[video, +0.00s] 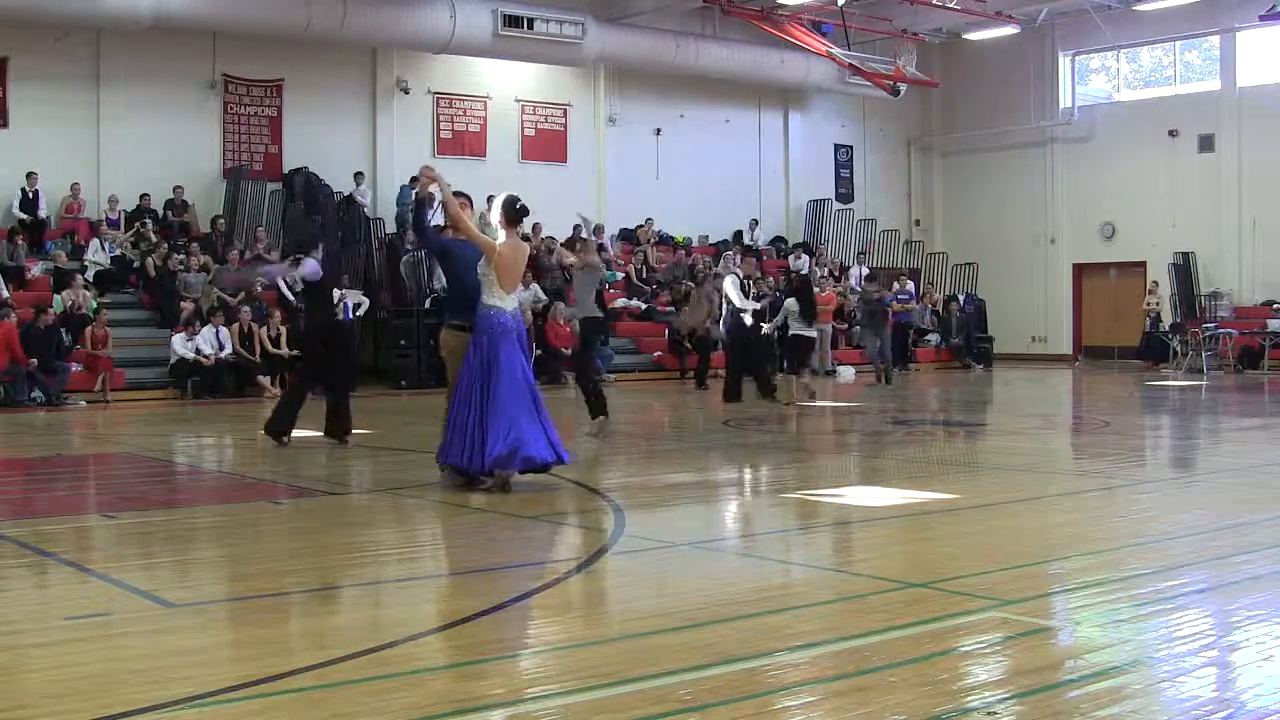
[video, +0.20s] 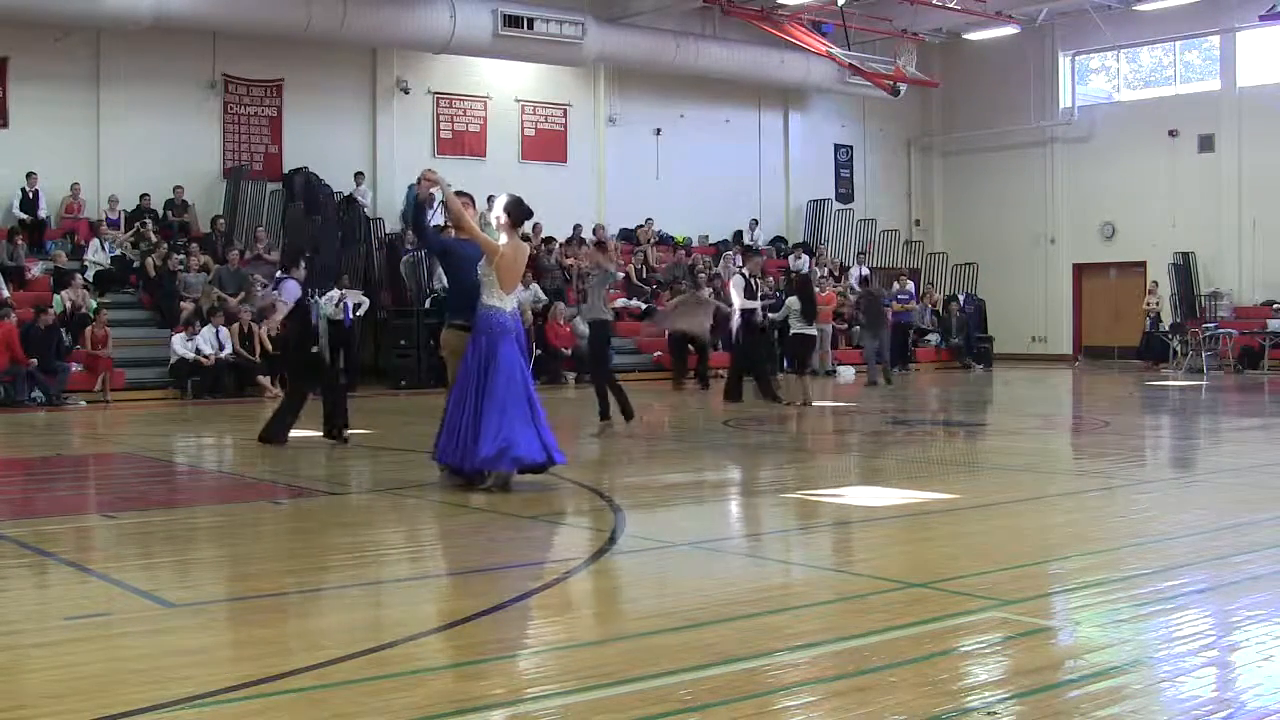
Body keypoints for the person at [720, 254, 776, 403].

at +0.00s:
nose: (753, 266)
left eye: (754, 262)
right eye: (750, 262)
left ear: (754, 264)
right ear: (741, 262)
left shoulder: (748, 282)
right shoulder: (731, 280)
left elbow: (749, 303)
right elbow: (740, 303)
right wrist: (758, 305)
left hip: (747, 324)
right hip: (733, 324)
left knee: (756, 358)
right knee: (735, 362)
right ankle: (732, 396)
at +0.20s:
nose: (760, 266)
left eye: (760, 263)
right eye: (757, 262)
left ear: (759, 263)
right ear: (748, 262)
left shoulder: (756, 281)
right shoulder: (737, 279)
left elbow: (756, 302)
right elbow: (739, 303)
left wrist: (760, 316)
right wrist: (761, 303)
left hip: (754, 320)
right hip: (742, 321)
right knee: (741, 357)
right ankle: (732, 394)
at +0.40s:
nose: (765, 263)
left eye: (766, 260)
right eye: (763, 260)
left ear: (763, 261)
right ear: (754, 260)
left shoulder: (761, 278)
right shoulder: (743, 275)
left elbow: (762, 298)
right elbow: (740, 298)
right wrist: (761, 305)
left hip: (760, 317)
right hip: (748, 317)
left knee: (762, 354)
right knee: (745, 354)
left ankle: (765, 391)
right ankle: (736, 391)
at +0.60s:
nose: (770, 260)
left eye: (771, 257)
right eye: (768, 257)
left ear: (769, 259)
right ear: (760, 257)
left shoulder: (767, 276)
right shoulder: (751, 273)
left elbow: (773, 293)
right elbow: (738, 289)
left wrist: (774, 306)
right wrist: (755, 300)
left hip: (767, 318)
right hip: (754, 319)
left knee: (767, 354)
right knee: (752, 354)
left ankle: (766, 390)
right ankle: (740, 388)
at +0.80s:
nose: (775, 259)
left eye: (775, 257)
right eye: (772, 256)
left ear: (773, 259)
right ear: (763, 256)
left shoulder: (773, 276)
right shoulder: (754, 273)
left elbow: (787, 289)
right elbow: (737, 287)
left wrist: (797, 299)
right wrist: (752, 293)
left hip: (771, 320)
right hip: (757, 320)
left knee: (765, 354)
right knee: (759, 354)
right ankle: (740, 388)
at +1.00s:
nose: (779, 258)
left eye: (779, 254)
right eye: (776, 254)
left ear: (772, 257)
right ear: (766, 254)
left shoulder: (775, 275)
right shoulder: (756, 273)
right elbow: (739, 287)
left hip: (774, 318)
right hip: (759, 317)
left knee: (770, 354)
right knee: (753, 354)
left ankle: (767, 389)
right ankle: (742, 389)